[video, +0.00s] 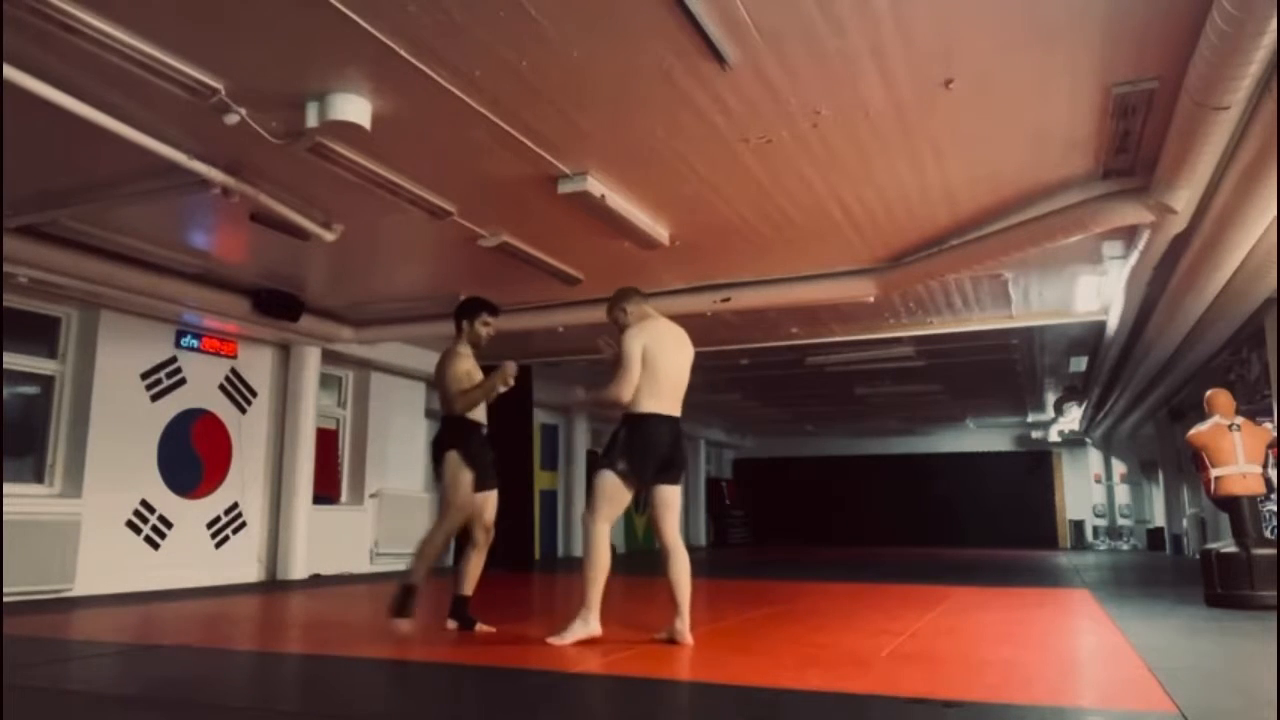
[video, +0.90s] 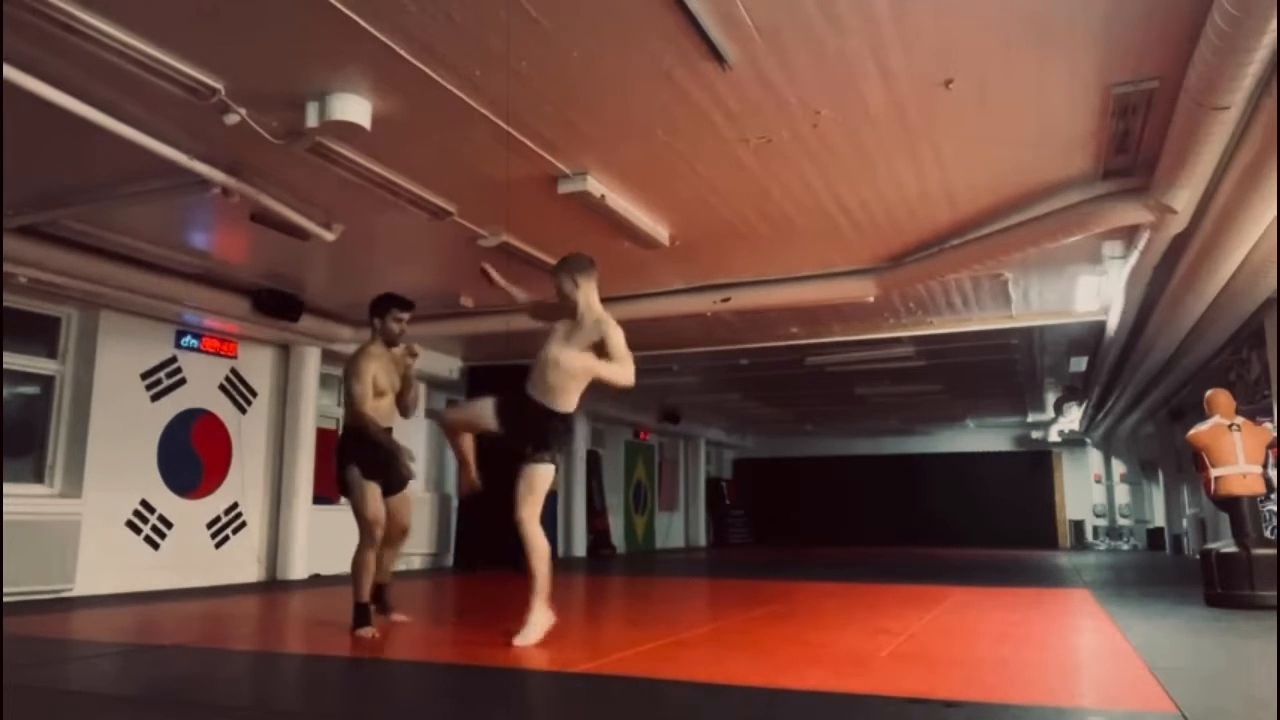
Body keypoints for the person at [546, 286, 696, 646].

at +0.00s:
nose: (618, 328)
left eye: (616, 322)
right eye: (615, 323)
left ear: (626, 309)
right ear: (643, 304)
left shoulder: (636, 334)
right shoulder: (682, 337)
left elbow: (621, 392)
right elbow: (663, 382)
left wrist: (586, 395)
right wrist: (622, 356)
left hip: (637, 433)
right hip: (672, 435)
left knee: (598, 520)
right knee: (671, 534)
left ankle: (589, 617)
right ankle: (683, 624)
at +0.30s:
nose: (605, 324)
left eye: (604, 318)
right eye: (603, 318)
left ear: (615, 308)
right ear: (633, 304)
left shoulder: (620, 335)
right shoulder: (669, 341)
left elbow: (584, 389)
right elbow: (668, 406)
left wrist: (558, 366)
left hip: (619, 439)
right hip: (656, 441)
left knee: (567, 517)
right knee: (670, 535)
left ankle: (574, 613)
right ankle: (684, 622)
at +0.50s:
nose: (583, 322)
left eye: (582, 316)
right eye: (581, 316)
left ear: (592, 308)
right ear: (613, 305)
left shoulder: (595, 334)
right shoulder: (647, 344)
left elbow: (562, 388)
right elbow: (655, 410)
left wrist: (540, 358)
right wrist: (658, 458)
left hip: (588, 437)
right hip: (626, 443)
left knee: (556, 528)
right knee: (622, 534)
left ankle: (561, 627)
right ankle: (663, 619)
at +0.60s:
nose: (568, 321)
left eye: (568, 314)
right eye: (567, 315)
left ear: (580, 306)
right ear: (599, 303)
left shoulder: (579, 331)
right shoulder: (633, 341)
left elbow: (561, 386)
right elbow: (630, 399)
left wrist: (534, 379)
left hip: (579, 429)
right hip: (612, 436)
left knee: (552, 531)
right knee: (576, 516)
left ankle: (561, 628)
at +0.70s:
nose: (560, 314)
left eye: (560, 306)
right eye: (559, 307)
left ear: (571, 301)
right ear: (592, 298)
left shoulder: (576, 333)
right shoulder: (619, 339)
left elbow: (578, 393)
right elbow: (603, 395)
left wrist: (544, 443)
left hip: (574, 429)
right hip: (600, 436)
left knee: (545, 533)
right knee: (535, 504)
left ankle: (561, 630)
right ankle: (488, 566)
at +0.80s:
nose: (557, 302)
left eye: (559, 295)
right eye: (557, 296)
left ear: (572, 292)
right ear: (580, 290)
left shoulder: (593, 329)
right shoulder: (580, 329)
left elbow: (615, 382)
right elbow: (537, 339)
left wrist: (566, 417)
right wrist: (502, 306)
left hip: (559, 436)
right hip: (548, 432)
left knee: (538, 532)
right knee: (492, 445)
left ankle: (559, 626)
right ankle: (473, 530)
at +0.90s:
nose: (559, 296)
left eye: (562, 289)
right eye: (559, 290)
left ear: (582, 283)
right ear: (571, 286)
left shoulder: (607, 327)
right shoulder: (567, 316)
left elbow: (626, 375)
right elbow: (528, 306)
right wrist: (500, 281)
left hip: (550, 425)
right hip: (522, 404)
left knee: (527, 517)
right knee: (451, 419)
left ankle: (541, 610)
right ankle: (470, 473)